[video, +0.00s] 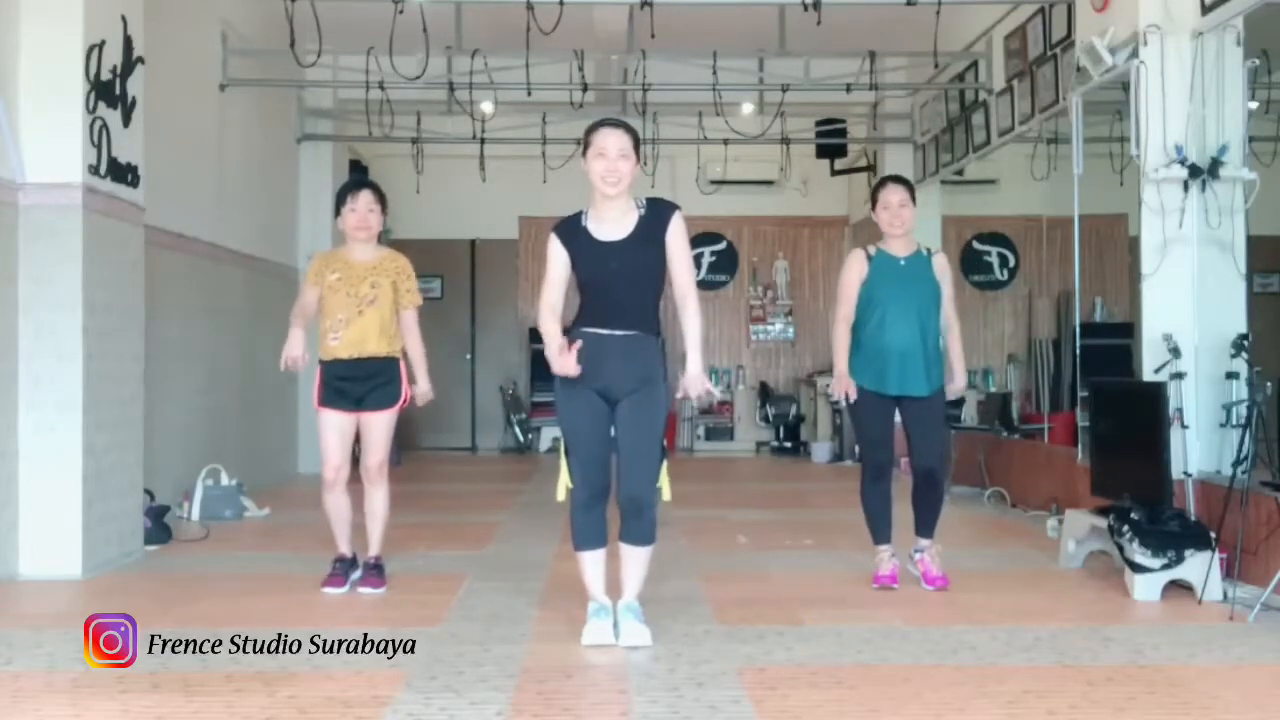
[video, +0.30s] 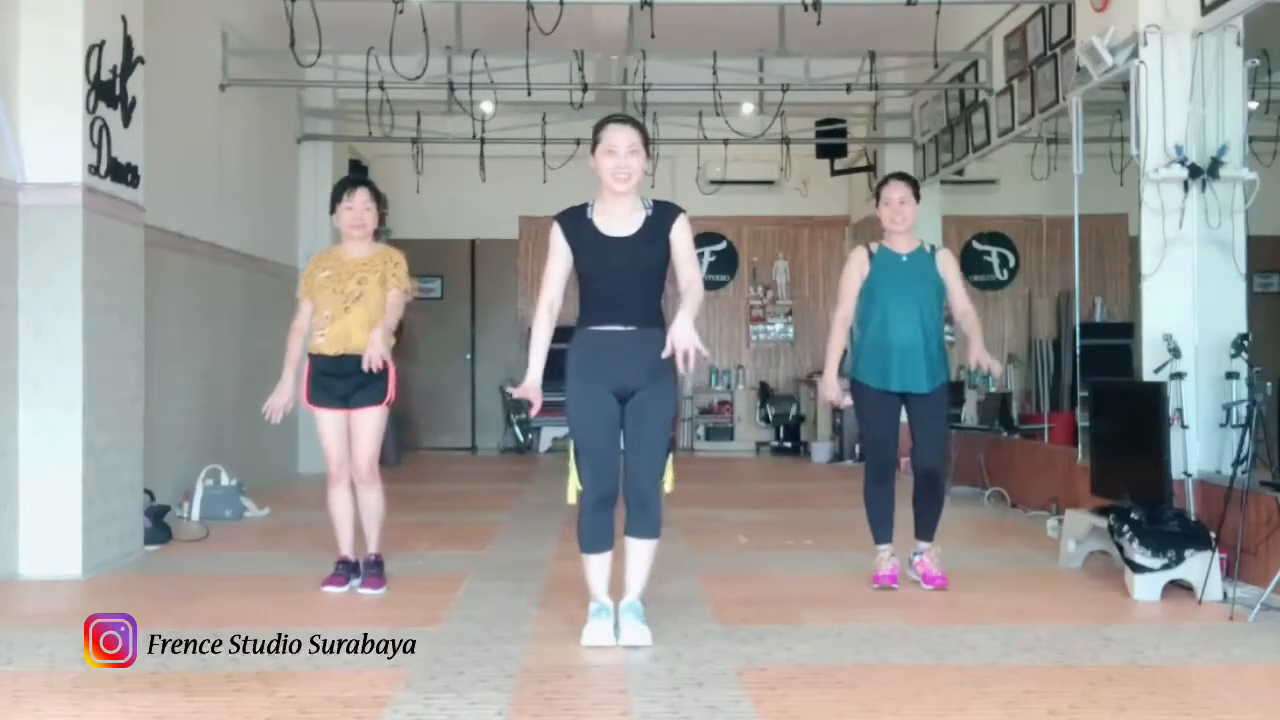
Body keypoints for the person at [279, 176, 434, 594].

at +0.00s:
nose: (362, 216)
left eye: (371, 209)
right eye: (353, 209)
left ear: (383, 218)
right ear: (340, 218)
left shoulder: (397, 265)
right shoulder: (324, 264)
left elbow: (410, 325)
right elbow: (304, 307)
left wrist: (421, 375)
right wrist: (296, 333)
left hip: (384, 371)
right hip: (336, 372)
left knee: (374, 468)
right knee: (334, 472)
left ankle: (373, 559)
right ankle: (343, 557)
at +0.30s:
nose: (358, 214)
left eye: (367, 207)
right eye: (349, 207)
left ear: (379, 216)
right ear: (335, 215)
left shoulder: (390, 260)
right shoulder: (319, 264)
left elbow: (395, 308)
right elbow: (300, 325)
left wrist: (381, 333)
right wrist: (287, 380)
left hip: (371, 367)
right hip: (324, 368)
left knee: (364, 469)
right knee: (337, 471)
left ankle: (372, 558)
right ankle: (345, 560)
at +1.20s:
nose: (360, 223)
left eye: (368, 214)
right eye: (350, 215)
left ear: (378, 219)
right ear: (334, 221)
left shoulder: (395, 264)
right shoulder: (323, 267)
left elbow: (410, 327)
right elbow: (306, 324)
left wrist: (416, 384)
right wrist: (293, 374)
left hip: (377, 371)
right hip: (328, 371)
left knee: (368, 466)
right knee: (339, 467)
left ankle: (378, 553)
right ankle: (346, 560)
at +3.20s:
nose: (356, 218)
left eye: (365, 211)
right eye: (347, 210)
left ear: (376, 219)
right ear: (332, 217)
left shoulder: (391, 261)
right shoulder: (317, 265)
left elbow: (409, 318)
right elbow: (302, 321)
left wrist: (423, 371)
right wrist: (311, 330)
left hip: (377, 366)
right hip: (329, 366)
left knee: (365, 462)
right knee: (340, 465)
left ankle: (369, 559)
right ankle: (347, 558)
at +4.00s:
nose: (361, 220)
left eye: (370, 212)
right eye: (352, 212)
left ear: (382, 219)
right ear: (340, 220)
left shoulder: (399, 262)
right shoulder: (326, 269)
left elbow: (414, 319)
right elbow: (312, 332)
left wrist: (393, 332)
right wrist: (301, 388)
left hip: (387, 372)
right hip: (339, 372)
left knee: (391, 465)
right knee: (345, 469)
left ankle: (409, 532)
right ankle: (350, 561)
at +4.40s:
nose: (363, 215)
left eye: (372, 208)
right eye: (355, 207)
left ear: (385, 218)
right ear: (342, 216)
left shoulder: (399, 259)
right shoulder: (331, 263)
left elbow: (411, 317)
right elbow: (324, 319)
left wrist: (358, 295)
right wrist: (315, 366)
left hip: (391, 367)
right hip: (342, 367)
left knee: (396, 467)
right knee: (347, 468)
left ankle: (417, 540)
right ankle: (350, 559)